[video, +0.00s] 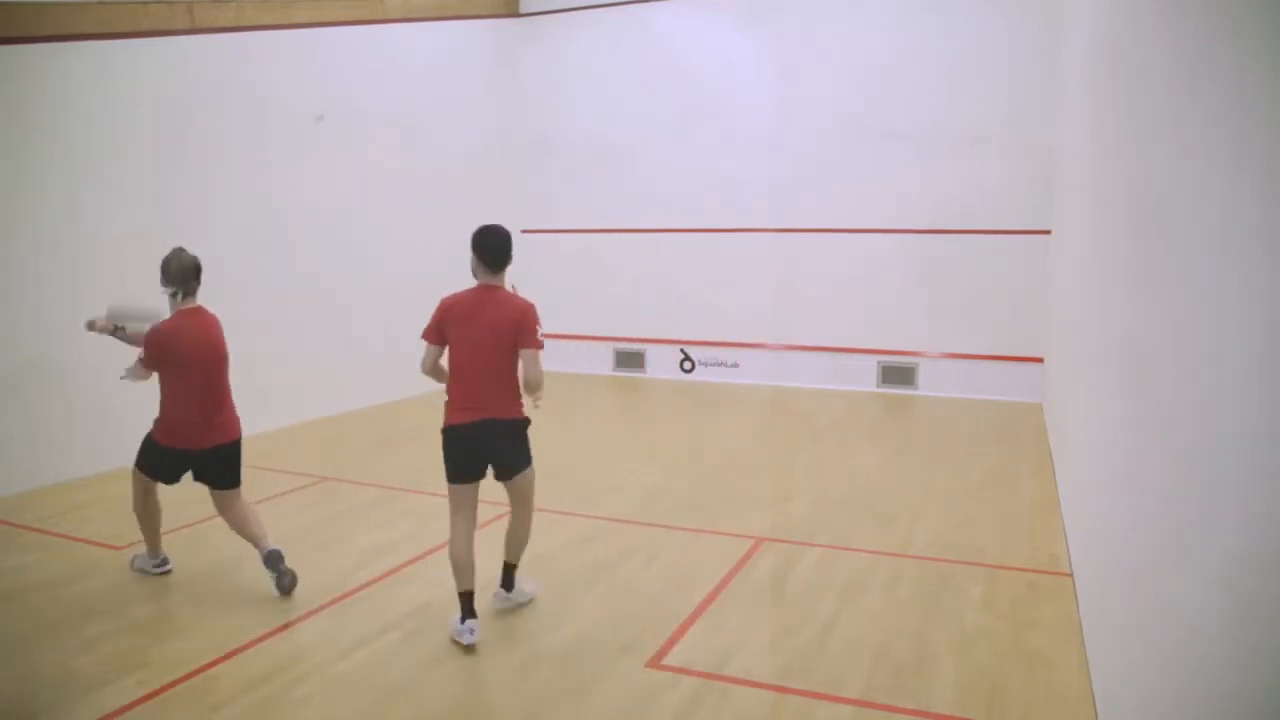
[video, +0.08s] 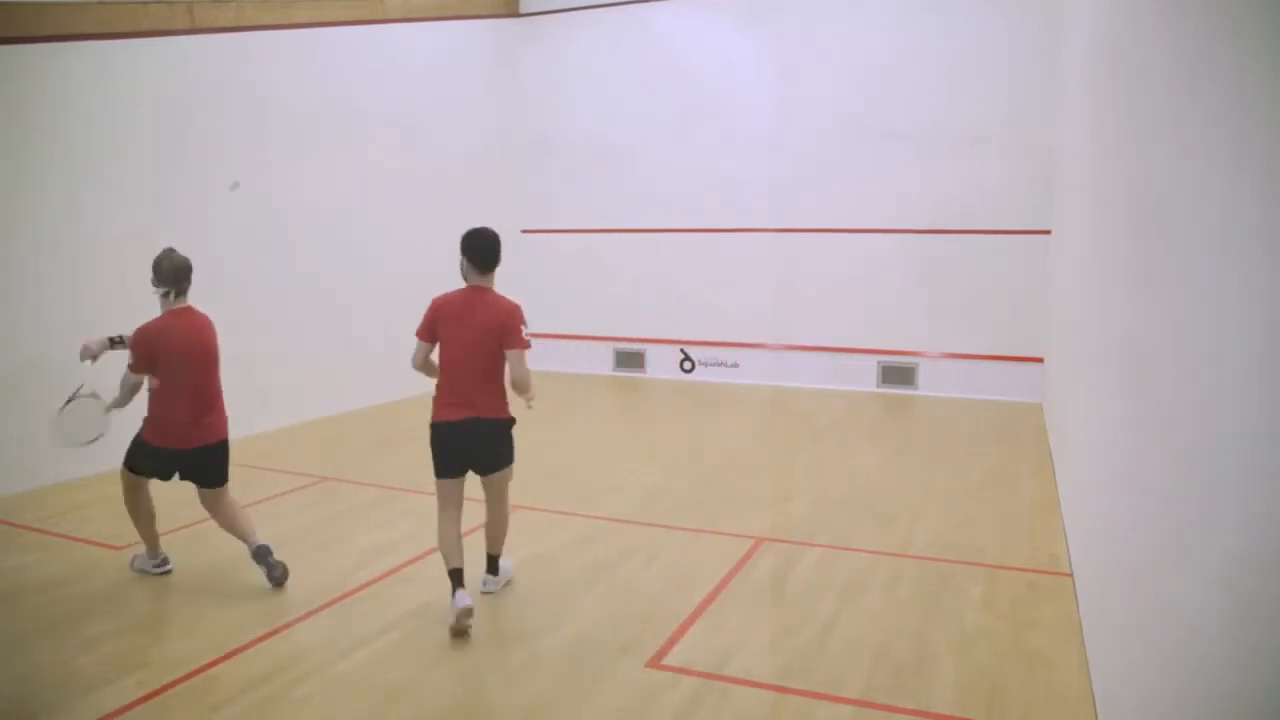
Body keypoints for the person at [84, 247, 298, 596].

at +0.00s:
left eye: (163, 280)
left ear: (166, 283)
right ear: (199, 281)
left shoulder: (161, 334)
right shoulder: (212, 323)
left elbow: (143, 372)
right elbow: (156, 340)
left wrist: (133, 371)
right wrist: (113, 330)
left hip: (175, 438)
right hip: (223, 436)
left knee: (143, 479)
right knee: (231, 502)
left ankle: (155, 555)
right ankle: (268, 550)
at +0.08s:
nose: (151, 282)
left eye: (153, 278)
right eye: (154, 278)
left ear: (158, 284)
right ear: (189, 283)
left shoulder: (149, 334)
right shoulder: (204, 324)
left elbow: (130, 386)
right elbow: (160, 337)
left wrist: (117, 403)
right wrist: (107, 343)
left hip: (163, 439)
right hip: (210, 439)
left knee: (133, 477)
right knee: (218, 499)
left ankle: (155, 555)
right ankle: (257, 547)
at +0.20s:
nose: (140, 277)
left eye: (141, 273)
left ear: (143, 280)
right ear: (178, 278)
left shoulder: (133, 330)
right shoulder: (195, 322)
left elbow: (119, 390)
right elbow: (189, 374)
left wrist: (104, 435)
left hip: (151, 432)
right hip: (198, 430)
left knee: (127, 477)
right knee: (210, 486)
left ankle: (155, 554)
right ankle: (237, 543)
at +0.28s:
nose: (140, 276)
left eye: (140, 271)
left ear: (138, 276)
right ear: (173, 275)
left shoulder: (128, 327)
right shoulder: (189, 317)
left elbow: (113, 390)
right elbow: (203, 356)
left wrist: (96, 444)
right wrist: (223, 368)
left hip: (146, 430)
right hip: (195, 426)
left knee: (125, 480)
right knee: (205, 481)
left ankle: (154, 555)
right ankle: (221, 542)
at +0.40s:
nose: (134, 269)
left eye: (134, 265)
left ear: (136, 270)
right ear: (170, 267)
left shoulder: (125, 319)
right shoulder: (194, 313)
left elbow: (113, 379)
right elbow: (227, 361)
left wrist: (96, 435)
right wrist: (262, 385)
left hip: (144, 425)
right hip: (193, 423)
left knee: (132, 480)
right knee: (195, 487)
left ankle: (155, 554)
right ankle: (183, 548)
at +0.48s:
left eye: (142, 264)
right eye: (169, 258)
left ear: (139, 268)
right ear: (174, 264)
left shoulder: (128, 316)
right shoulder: (201, 312)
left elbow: (116, 373)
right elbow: (233, 364)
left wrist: (100, 426)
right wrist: (270, 392)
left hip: (145, 428)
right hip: (195, 427)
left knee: (142, 483)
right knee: (190, 498)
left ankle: (154, 556)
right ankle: (162, 565)